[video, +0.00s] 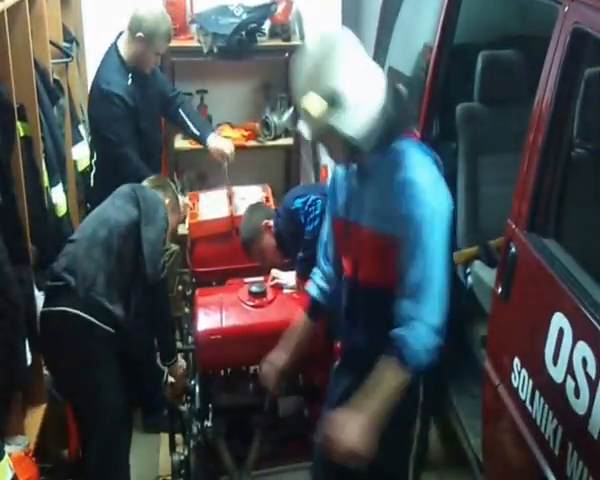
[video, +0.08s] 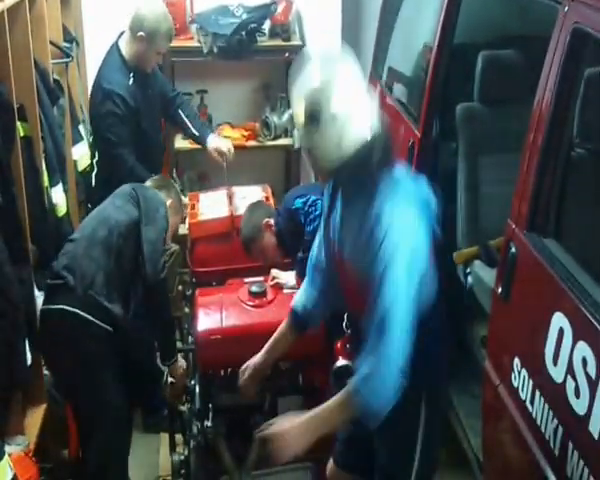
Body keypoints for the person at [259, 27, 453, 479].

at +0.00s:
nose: (324, 143)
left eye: (329, 130)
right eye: (319, 131)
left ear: (358, 119)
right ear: (319, 125)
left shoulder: (415, 177)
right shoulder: (344, 170)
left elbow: (424, 318)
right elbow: (326, 275)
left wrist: (365, 410)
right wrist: (285, 350)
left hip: (402, 359)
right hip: (353, 352)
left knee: (386, 468)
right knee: (332, 457)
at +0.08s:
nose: (305, 140)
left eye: (315, 124)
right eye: (303, 126)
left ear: (351, 120)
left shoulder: (398, 205)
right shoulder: (344, 190)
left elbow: (390, 358)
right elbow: (316, 290)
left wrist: (312, 425)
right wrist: (266, 358)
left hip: (415, 371)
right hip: (370, 357)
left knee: (399, 470)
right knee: (344, 469)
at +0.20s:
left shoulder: (388, 234)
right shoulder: (351, 215)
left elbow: (359, 379)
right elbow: (323, 301)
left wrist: (284, 441)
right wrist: (271, 361)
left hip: (407, 402)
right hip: (370, 385)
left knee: (382, 470)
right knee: (339, 467)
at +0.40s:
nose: (335, 119)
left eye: (338, 110)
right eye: (337, 108)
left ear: (350, 120)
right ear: (396, 99)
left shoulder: (373, 198)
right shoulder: (410, 149)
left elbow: (382, 336)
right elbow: (428, 232)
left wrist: (345, 417)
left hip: (352, 331)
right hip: (403, 291)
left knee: (332, 434)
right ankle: (414, 435)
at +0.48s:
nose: (339, 123)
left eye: (341, 112)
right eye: (341, 111)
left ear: (352, 122)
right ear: (398, 101)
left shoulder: (373, 204)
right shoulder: (413, 156)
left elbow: (387, 338)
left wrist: (357, 419)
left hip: (344, 338)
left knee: (322, 438)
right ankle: (414, 436)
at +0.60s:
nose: (339, 153)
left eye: (342, 139)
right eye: (338, 140)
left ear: (361, 139)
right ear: (393, 126)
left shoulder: (376, 229)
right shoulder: (415, 186)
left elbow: (383, 355)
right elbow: (438, 281)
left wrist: (358, 441)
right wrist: (402, 335)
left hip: (337, 362)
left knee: (318, 461)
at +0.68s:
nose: (337, 146)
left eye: (338, 135)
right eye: (336, 135)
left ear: (350, 139)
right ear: (390, 116)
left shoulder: (381, 216)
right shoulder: (407, 169)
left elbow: (370, 343)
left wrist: (334, 428)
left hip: (339, 354)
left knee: (317, 454)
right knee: (337, 441)